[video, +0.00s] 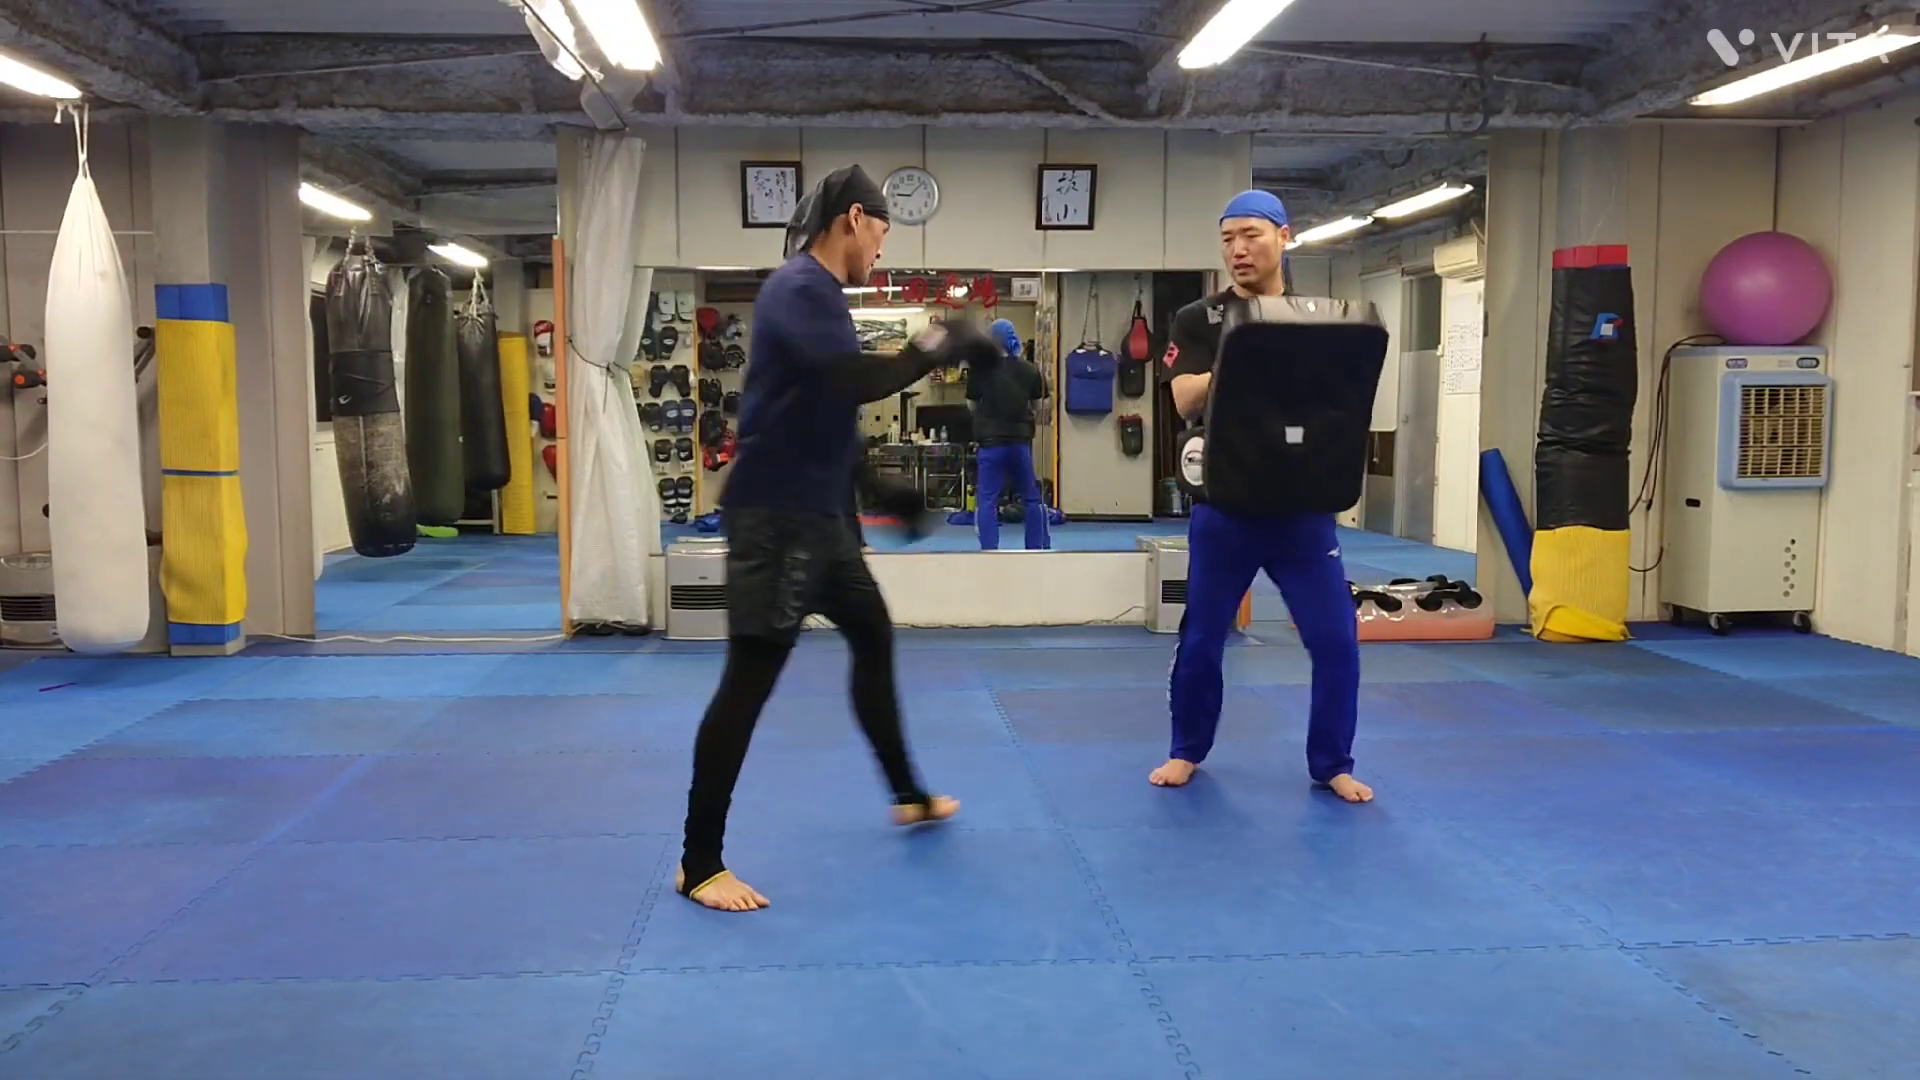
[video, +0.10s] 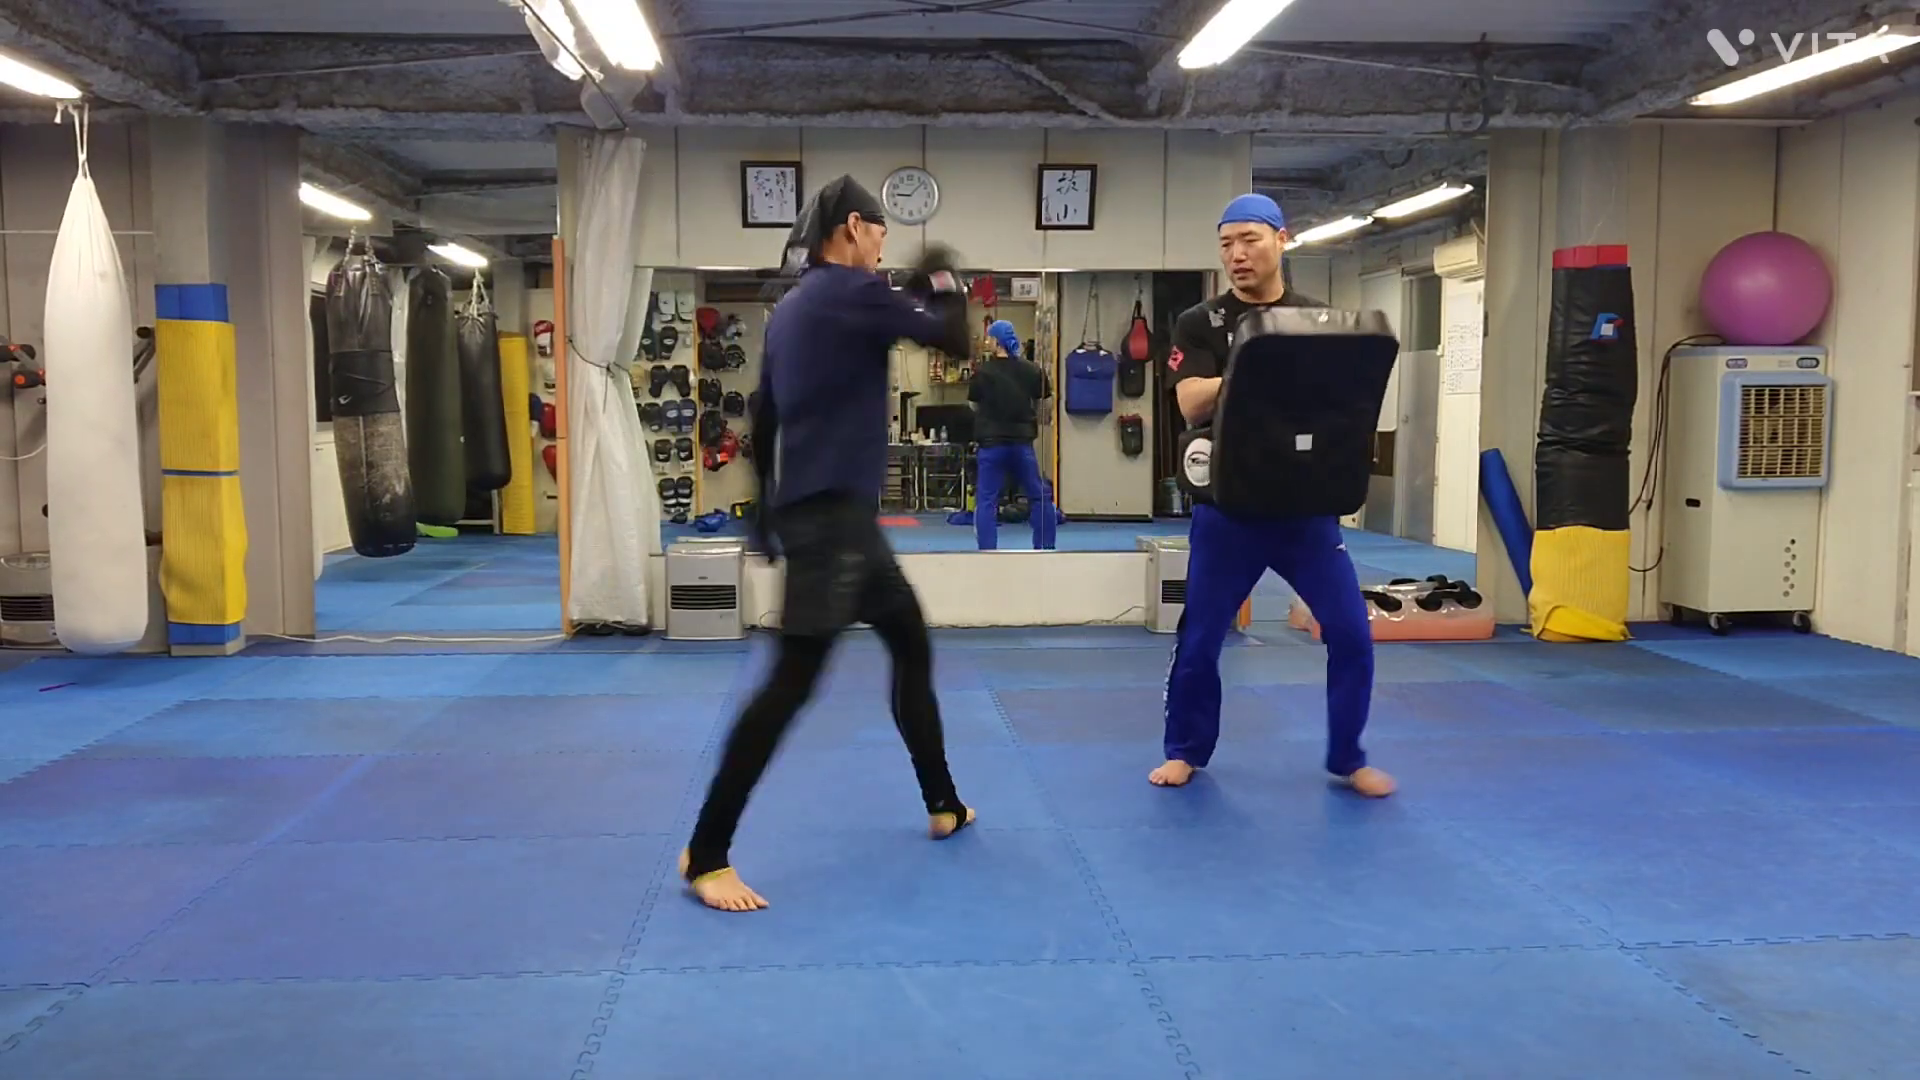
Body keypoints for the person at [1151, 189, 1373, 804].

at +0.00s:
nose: (1239, 248)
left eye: (1252, 235)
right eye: (1230, 238)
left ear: (1283, 239)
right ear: (1221, 249)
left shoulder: (1320, 318)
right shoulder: (1198, 320)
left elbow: (1340, 402)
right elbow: (1181, 401)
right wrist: (1233, 372)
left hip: (1302, 510)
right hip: (1221, 509)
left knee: (1337, 642)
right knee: (1201, 638)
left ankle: (1333, 765)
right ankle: (1187, 749)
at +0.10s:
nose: (1238, 254)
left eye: (1250, 240)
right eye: (1228, 244)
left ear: (1282, 243)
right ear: (1219, 254)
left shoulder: (1317, 319)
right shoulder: (1198, 323)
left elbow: (1340, 400)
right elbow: (1190, 404)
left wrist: (1237, 390)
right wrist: (1260, 377)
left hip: (1305, 512)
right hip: (1225, 513)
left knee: (1353, 633)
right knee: (1198, 640)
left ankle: (1346, 760)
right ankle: (1184, 753)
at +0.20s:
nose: (1248, 260)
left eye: (1259, 247)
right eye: (1237, 251)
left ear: (1289, 250)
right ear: (1228, 260)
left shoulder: (1320, 319)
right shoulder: (1208, 328)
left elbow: (1347, 397)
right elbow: (1197, 406)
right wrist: (1255, 362)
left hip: (1310, 511)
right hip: (1231, 512)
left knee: (1352, 640)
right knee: (1205, 639)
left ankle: (1374, 762)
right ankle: (1184, 755)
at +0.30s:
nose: (1258, 262)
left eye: (1269, 249)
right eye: (1247, 253)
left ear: (1299, 253)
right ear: (1237, 262)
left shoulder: (1329, 319)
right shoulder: (1217, 330)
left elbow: (1357, 397)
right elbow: (1206, 406)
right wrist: (1260, 364)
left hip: (1318, 511)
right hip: (1239, 512)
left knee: (1356, 639)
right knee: (1208, 641)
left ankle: (1375, 759)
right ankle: (1186, 755)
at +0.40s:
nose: (1260, 263)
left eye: (1272, 250)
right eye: (1250, 253)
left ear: (1300, 256)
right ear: (1238, 263)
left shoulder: (1329, 329)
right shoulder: (1217, 331)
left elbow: (1349, 407)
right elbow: (1196, 389)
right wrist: (1258, 379)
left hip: (1321, 515)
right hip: (1241, 515)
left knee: (1357, 642)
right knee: (1211, 641)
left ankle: (1373, 760)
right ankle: (1186, 753)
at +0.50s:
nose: (1257, 272)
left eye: (1268, 259)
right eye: (1246, 262)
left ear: (1296, 259)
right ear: (1235, 268)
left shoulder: (1327, 323)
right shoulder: (1220, 331)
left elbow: (1338, 398)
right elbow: (1199, 384)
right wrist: (1266, 365)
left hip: (1319, 514)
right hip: (1238, 512)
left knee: (1357, 643)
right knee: (1206, 640)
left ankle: (1369, 762)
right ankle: (1182, 753)